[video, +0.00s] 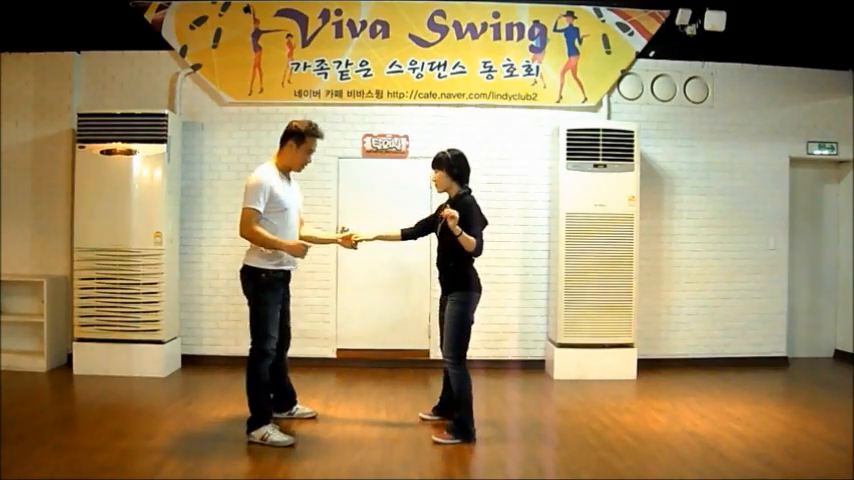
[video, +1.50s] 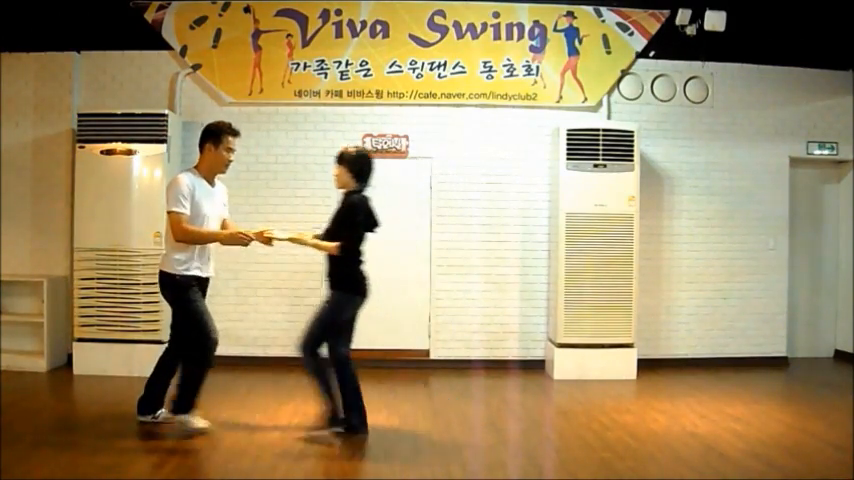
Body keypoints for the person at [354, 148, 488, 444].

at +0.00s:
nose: (432, 177)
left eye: (436, 171)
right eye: (433, 171)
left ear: (451, 173)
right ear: (448, 174)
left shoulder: (469, 206)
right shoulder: (445, 208)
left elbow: (475, 249)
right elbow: (413, 233)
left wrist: (454, 227)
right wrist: (372, 236)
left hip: (464, 290)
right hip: (448, 290)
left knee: (454, 356)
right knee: (448, 353)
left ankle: (464, 429)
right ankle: (447, 408)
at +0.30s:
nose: (435, 176)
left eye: (439, 170)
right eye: (436, 170)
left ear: (453, 173)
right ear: (452, 174)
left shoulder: (469, 205)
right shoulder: (450, 207)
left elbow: (471, 249)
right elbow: (417, 235)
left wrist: (449, 229)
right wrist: (374, 241)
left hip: (464, 291)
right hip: (450, 289)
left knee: (455, 356)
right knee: (448, 352)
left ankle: (464, 429)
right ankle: (447, 408)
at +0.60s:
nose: (439, 174)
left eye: (444, 169)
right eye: (440, 169)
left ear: (458, 173)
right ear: (455, 173)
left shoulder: (469, 205)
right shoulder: (451, 206)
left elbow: (470, 249)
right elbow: (416, 225)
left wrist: (446, 226)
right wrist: (380, 216)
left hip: (463, 291)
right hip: (450, 290)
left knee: (452, 357)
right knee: (446, 352)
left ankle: (464, 429)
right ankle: (447, 407)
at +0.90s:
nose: (433, 180)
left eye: (438, 174)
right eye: (434, 174)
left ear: (453, 178)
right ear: (446, 179)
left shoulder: (468, 212)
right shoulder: (443, 214)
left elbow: (473, 256)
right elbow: (409, 238)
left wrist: (443, 241)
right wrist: (368, 236)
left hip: (460, 298)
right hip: (442, 296)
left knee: (438, 360)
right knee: (427, 356)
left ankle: (465, 428)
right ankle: (447, 408)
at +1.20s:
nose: (397, 183)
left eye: (402, 178)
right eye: (399, 178)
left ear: (416, 183)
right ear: (415, 183)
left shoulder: (422, 214)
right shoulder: (412, 214)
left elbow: (416, 256)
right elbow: (382, 236)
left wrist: (387, 244)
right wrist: (342, 238)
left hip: (423, 302)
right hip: (411, 301)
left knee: (427, 368)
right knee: (378, 352)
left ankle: (464, 426)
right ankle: (362, 419)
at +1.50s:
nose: (335, 173)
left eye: (339, 169)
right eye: (337, 168)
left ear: (351, 173)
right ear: (356, 174)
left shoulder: (353, 204)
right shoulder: (356, 202)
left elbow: (339, 247)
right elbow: (334, 241)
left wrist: (307, 240)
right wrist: (307, 238)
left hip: (345, 291)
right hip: (350, 289)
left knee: (309, 345)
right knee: (339, 352)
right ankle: (355, 421)